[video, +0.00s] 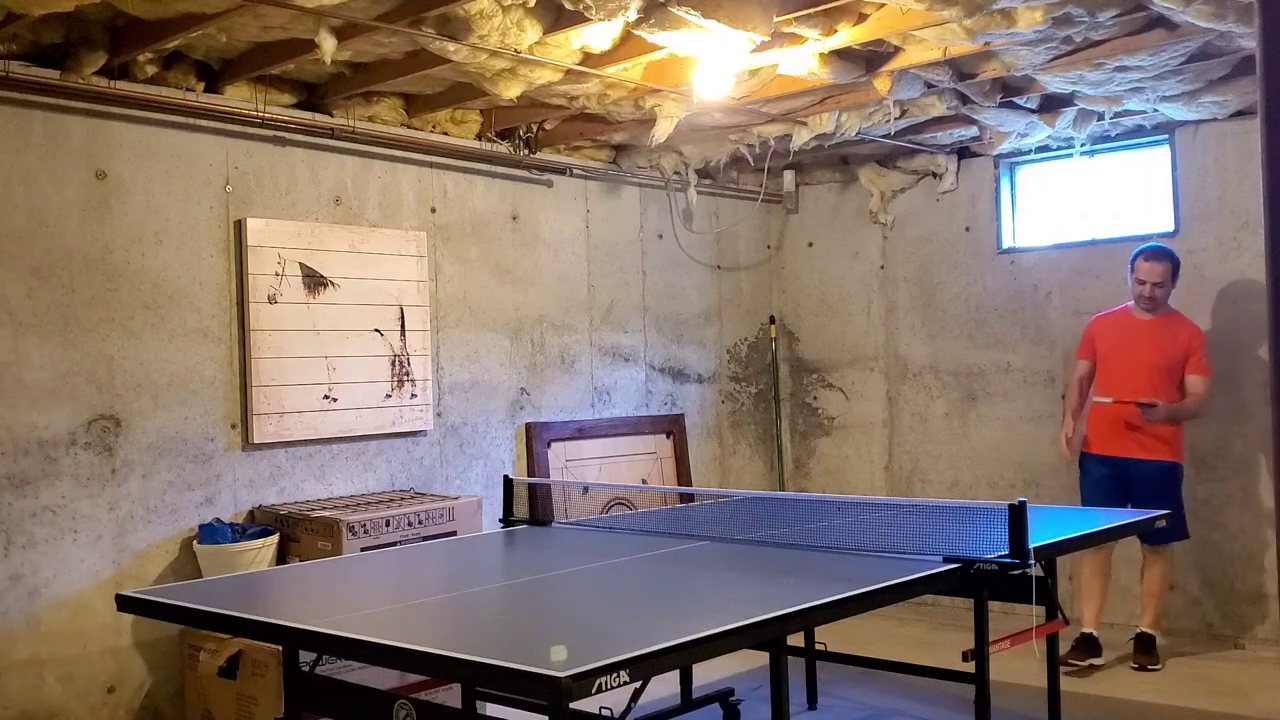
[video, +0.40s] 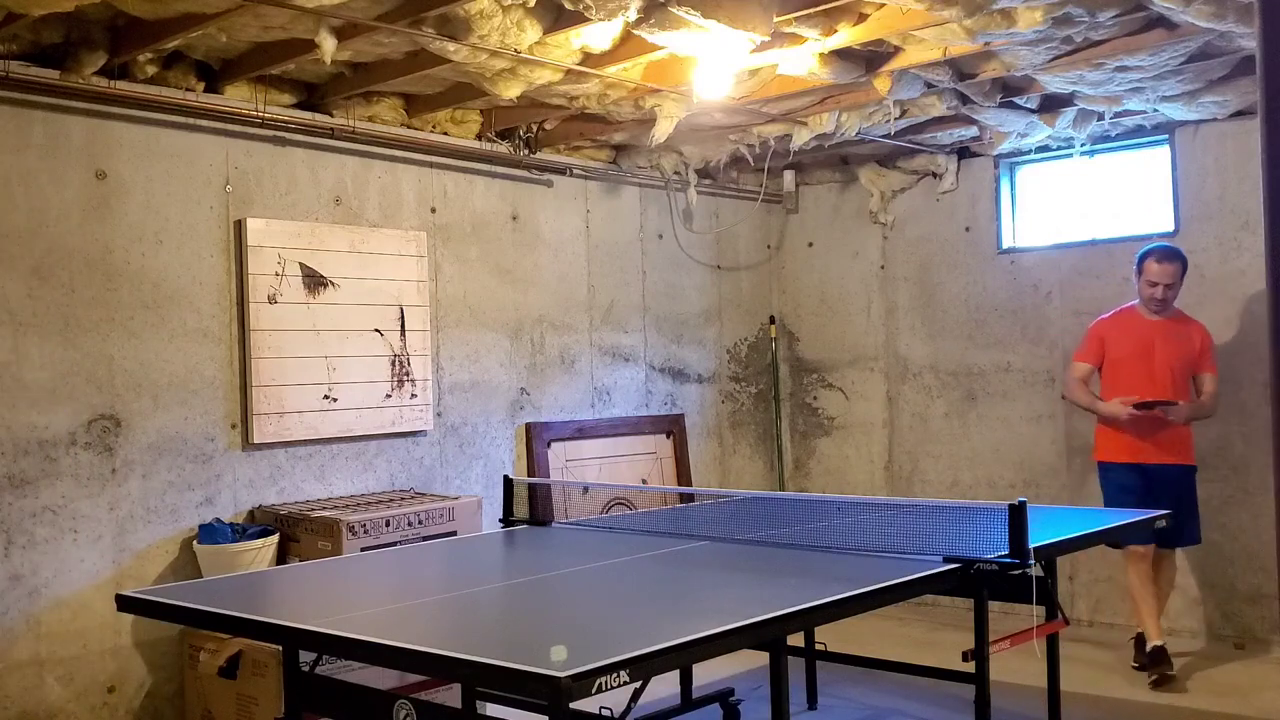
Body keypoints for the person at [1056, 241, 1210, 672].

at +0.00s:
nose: (1147, 291)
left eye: (1158, 284)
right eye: (1141, 281)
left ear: (1173, 285)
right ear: (1129, 277)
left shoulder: (1188, 333)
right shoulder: (1100, 325)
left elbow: (1196, 399)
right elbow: (1080, 380)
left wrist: (1166, 412)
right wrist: (1069, 423)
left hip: (1156, 459)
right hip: (1101, 454)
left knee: (1155, 545)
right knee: (1093, 541)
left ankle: (1146, 635)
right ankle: (1089, 636)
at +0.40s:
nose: (1159, 293)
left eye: (1169, 285)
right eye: (1151, 283)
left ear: (1181, 285)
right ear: (1137, 278)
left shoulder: (1196, 333)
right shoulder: (1107, 327)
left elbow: (1208, 401)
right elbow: (1072, 385)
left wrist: (1183, 411)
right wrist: (1104, 408)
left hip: (1174, 459)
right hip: (1122, 457)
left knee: (1164, 551)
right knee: (1138, 548)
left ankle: (1146, 639)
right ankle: (1156, 647)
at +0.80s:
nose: (1172, 288)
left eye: (1180, 279)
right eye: (1163, 279)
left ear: (1189, 277)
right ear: (1144, 278)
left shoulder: (1206, 327)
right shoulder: (1116, 331)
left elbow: (1232, 387)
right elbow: (1092, 396)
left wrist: (1242, 430)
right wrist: (1145, 417)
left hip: (1198, 467)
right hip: (1139, 469)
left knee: (1207, 561)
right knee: (1145, 558)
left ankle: (1170, 618)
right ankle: (1159, 651)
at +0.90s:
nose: (1178, 287)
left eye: (1187, 278)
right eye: (1169, 278)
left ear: (1196, 275)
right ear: (1151, 275)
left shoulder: (1212, 326)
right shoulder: (1123, 328)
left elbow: (1234, 390)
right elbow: (1097, 394)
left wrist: (1248, 443)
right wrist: (1147, 416)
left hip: (1206, 466)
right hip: (1145, 469)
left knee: (1226, 555)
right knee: (1149, 559)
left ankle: (1200, 621)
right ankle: (1162, 653)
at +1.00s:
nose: (1188, 284)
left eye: (1196, 275)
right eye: (1179, 275)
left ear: (1205, 273)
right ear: (1159, 272)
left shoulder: (1221, 324)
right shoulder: (1131, 326)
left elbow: (1239, 389)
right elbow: (1103, 391)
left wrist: (1249, 442)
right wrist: (1151, 412)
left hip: (1216, 465)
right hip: (1153, 468)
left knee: (1235, 557)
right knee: (1153, 561)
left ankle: (1244, 644)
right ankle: (1163, 654)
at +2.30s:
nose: (1167, 272)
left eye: (1177, 264)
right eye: (1162, 264)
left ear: (1201, 269)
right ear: (1157, 268)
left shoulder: (1230, 327)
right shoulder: (1142, 325)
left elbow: (1247, 399)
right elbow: (1118, 389)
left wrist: (1214, 442)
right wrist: (1094, 443)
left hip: (1212, 462)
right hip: (1149, 460)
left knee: (1236, 555)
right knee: (1147, 552)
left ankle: (1266, 653)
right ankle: (1145, 645)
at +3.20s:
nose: (1216, 291)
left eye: (1229, 284)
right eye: (1210, 279)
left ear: (1245, 285)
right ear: (1200, 272)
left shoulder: (1256, 330)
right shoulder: (1166, 316)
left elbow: (1267, 402)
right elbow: (1115, 367)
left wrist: (1235, 395)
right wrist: (1136, 398)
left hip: (1228, 460)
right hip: (1166, 456)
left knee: (1233, 555)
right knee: (1152, 548)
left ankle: (1243, 657)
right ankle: (1145, 641)